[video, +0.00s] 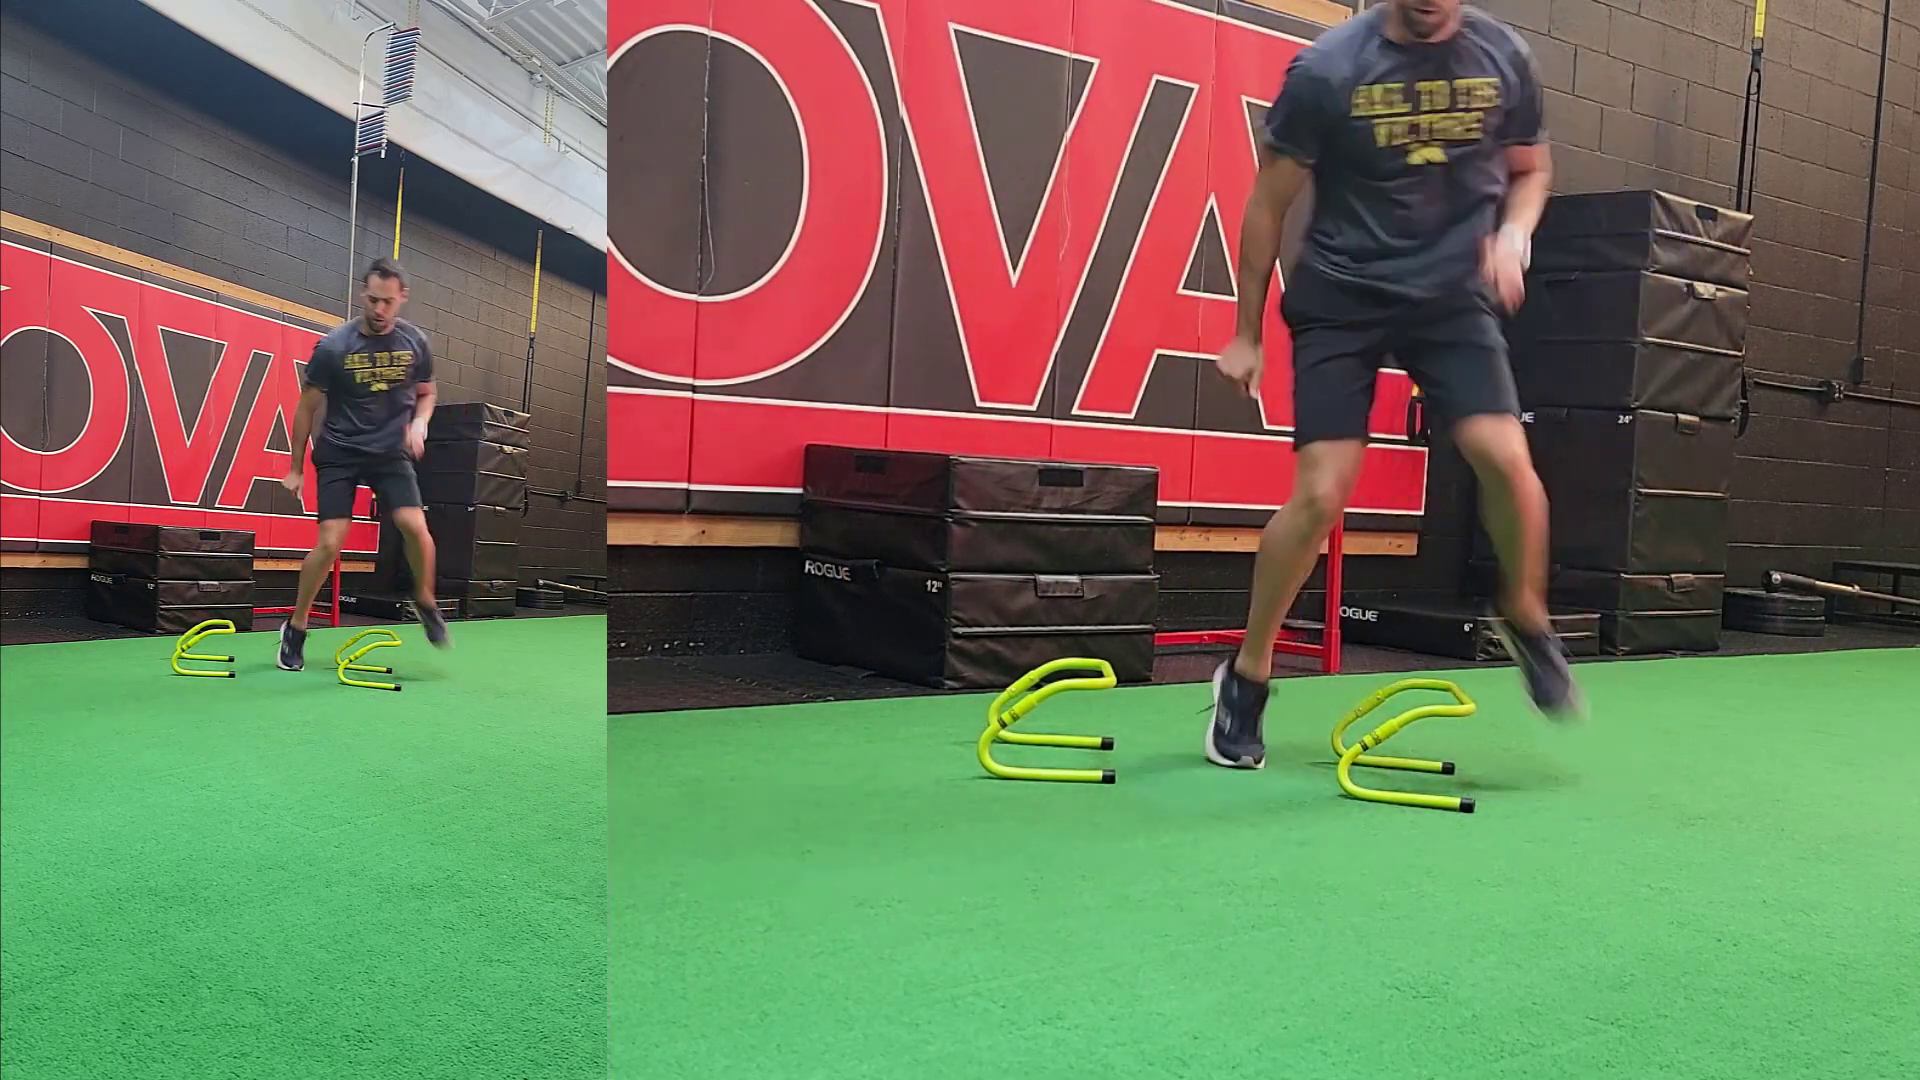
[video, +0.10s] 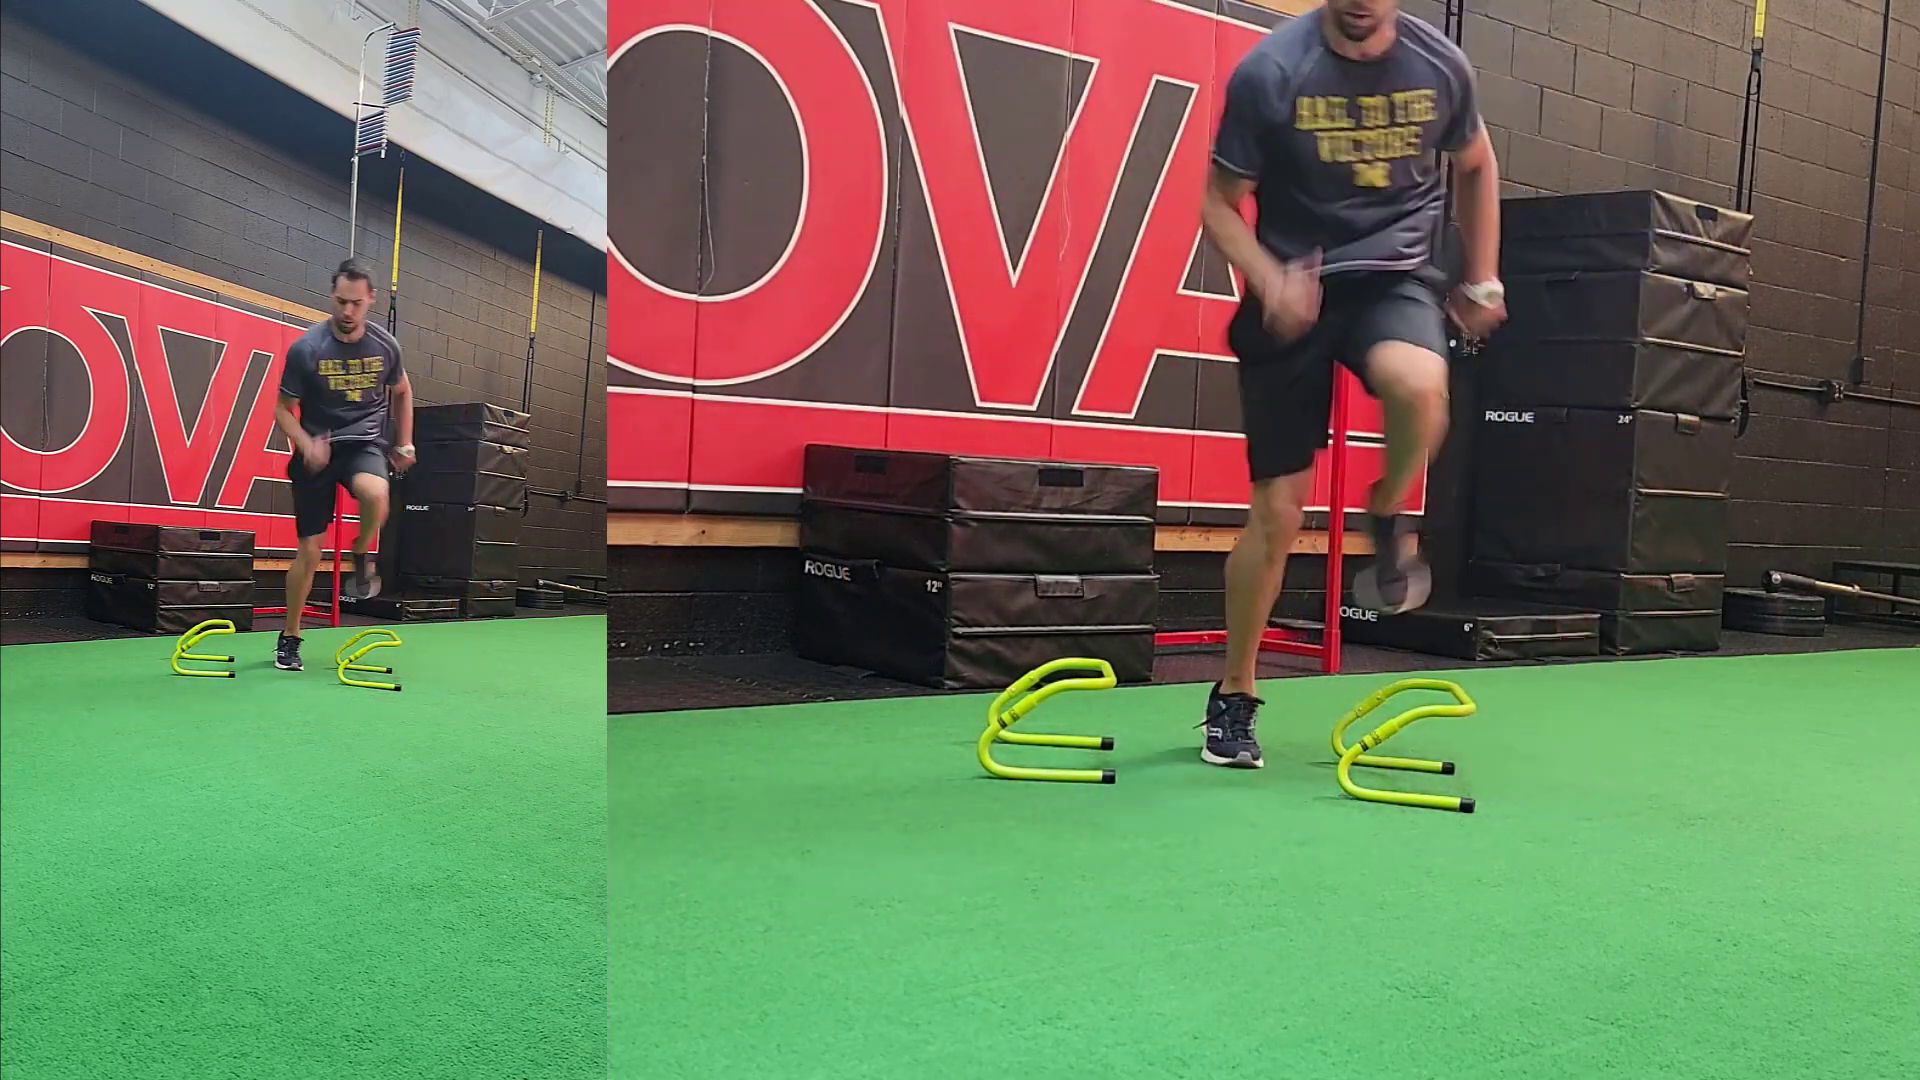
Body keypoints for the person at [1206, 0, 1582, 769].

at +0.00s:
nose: (1432, 5)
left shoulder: (1503, 56)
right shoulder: (1326, 69)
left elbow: (1531, 169)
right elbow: (1269, 200)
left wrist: (1513, 234)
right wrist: (1245, 333)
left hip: (1453, 299)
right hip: (1340, 300)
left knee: (1507, 460)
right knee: (1321, 496)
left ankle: (1526, 617)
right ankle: (1249, 677)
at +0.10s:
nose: (1363, 13)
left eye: (1377, 6)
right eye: (1349, 7)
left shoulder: (1443, 68)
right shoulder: (1267, 75)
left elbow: (1475, 166)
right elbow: (1219, 204)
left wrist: (1484, 278)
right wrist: (1270, 279)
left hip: (1397, 280)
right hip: (1292, 282)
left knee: (1418, 387)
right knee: (1279, 511)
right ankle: (1236, 694)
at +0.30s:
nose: (1252, 9)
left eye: (1265, 3)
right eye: (1238, 2)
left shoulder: (1340, 57)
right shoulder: (1159, 41)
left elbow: (1363, 180)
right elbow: (1119, 155)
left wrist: (1352, 297)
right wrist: (1114, 248)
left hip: (1280, 287)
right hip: (1176, 274)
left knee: (1259, 486)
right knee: (1141, 408)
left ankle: (1272, 705)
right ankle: (1177, 505)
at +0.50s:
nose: (1127, 11)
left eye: (1143, 3)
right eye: (1114, 2)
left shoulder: (1224, 62)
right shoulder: (1043, 46)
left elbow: (1283, 185)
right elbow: (1008, 150)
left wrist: (1273, 314)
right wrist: (1020, 216)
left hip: (1172, 281)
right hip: (1066, 270)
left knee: (1175, 450)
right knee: (988, 437)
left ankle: (1225, 632)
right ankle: (911, 614)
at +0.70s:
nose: (985, 101)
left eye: (1005, 83)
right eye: (972, 79)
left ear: (1047, 67)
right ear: (958, 57)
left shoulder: (1099, 166)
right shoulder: (919, 131)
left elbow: (1085, 324)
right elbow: (902, 203)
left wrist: (983, 237)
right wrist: (893, 255)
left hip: (1053, 348)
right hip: (950, 337)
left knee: (1024, 456)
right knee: (897, 500)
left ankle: (980, 516)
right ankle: (850, 693)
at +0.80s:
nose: (939, 124)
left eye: (959, 108)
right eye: (927, 103)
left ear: (1002, 83)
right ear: (911, 81)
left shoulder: (1060, 181)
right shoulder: (888, 141)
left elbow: (1035, 339)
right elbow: (891, 246)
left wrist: (934, 248)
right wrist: (898, 243)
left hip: (1028, 364)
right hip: (927, 342)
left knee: (970, 481)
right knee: (880, 493)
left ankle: (937, 553)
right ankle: (850, 692)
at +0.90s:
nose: (924, 132)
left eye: (944, 115)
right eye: (909, 112)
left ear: (984, 89)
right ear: (891, 89)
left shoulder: (1045, 183)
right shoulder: (874, 146)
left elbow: (1017, 341)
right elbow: (876, 221)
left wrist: (922, 245)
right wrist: (878, 261)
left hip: (1017, 365)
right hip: (916, 341)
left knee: (955, 490)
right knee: (872, 495)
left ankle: (921, 553)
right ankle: (847, 696)